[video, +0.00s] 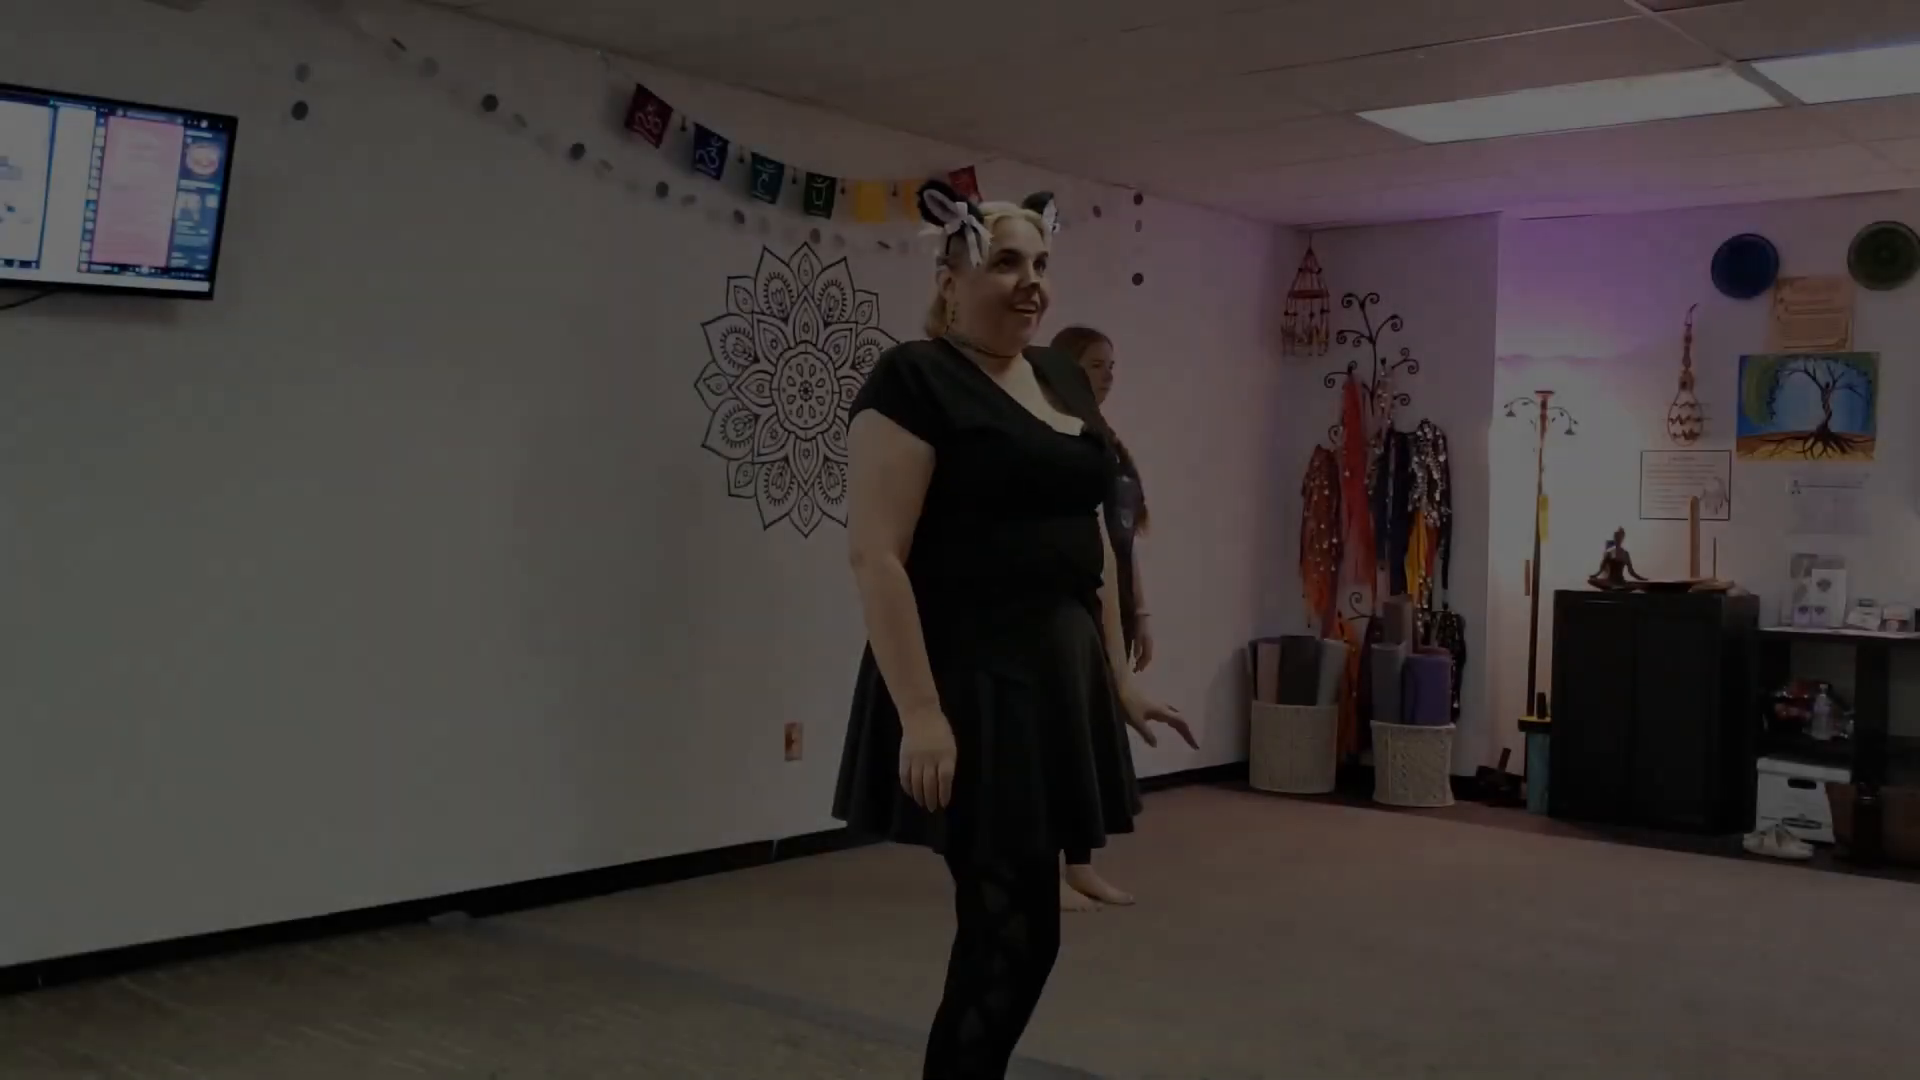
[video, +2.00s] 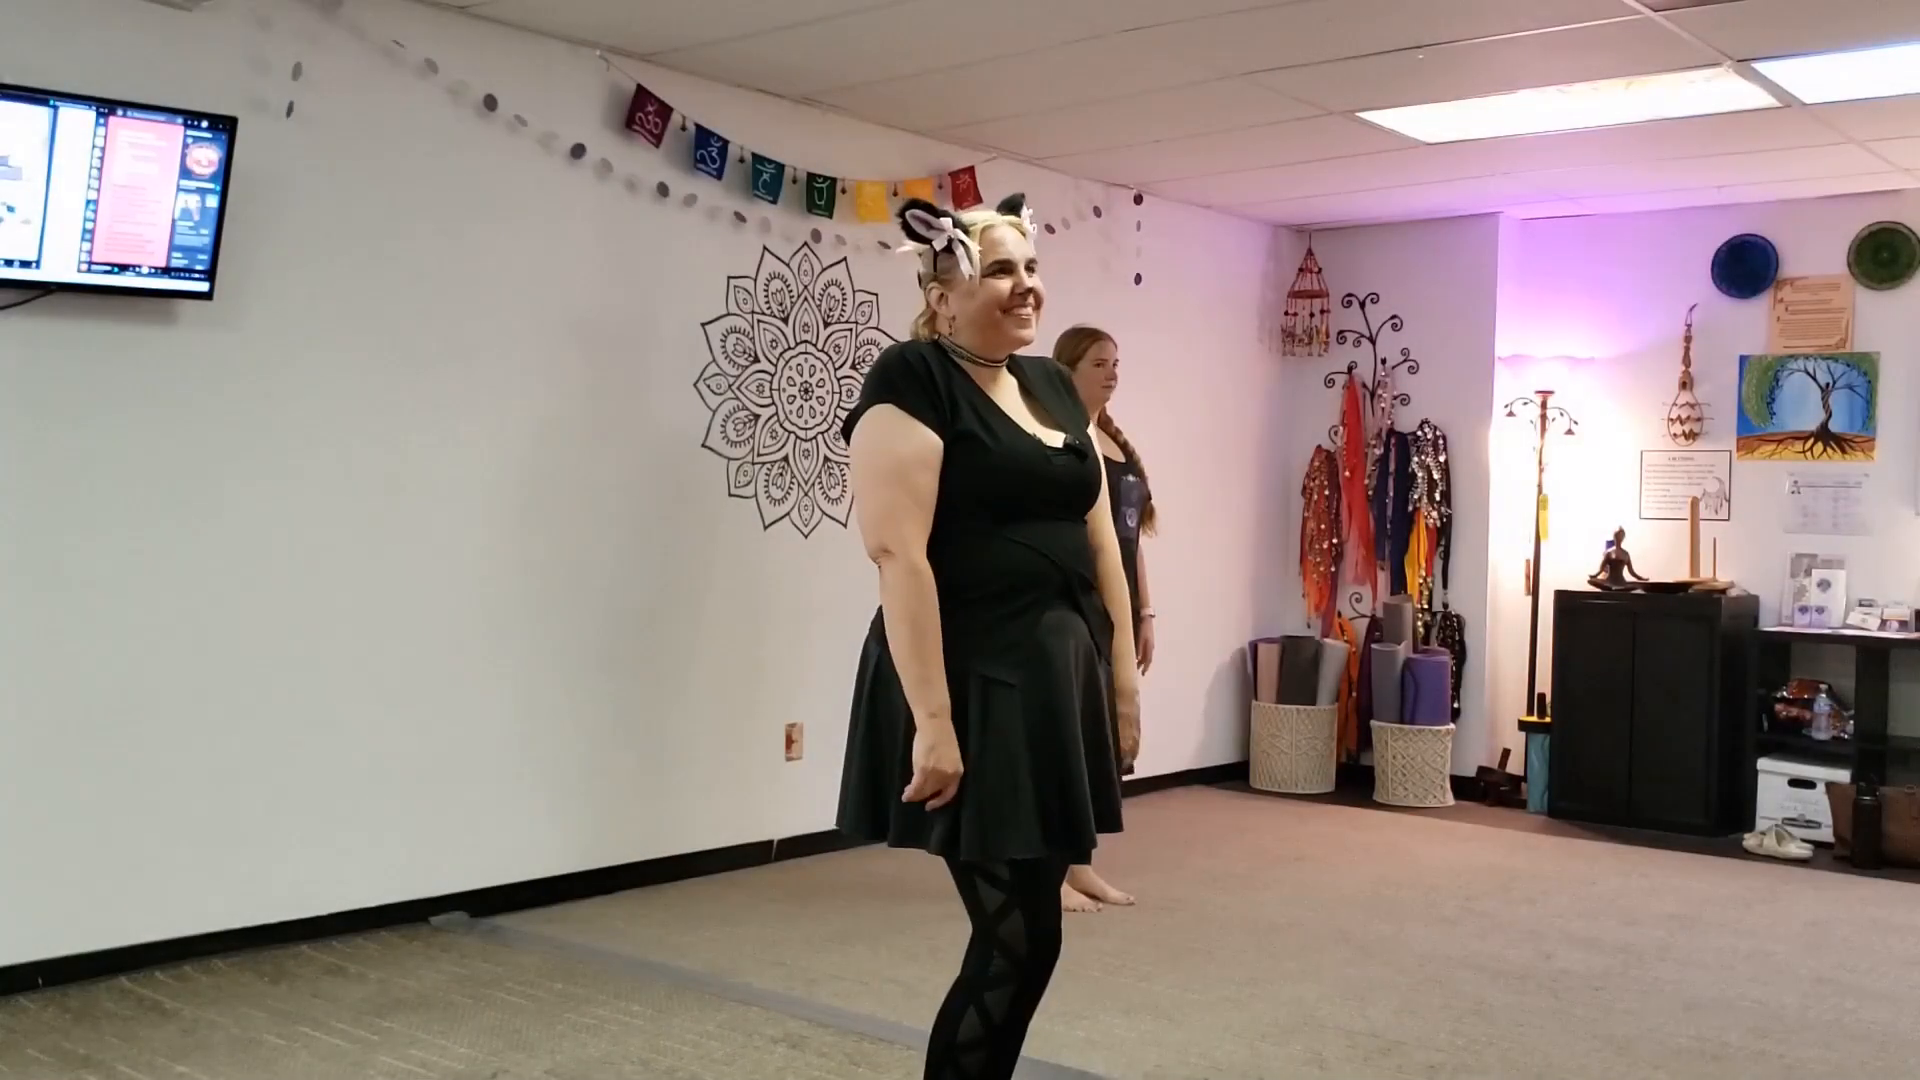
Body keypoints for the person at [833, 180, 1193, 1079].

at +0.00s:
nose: (1032, 281)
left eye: (1042, 265)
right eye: (1008, 263)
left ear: (1049, 278)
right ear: (952, 279)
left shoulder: (1051, 386)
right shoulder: (913, 380)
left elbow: (1089, 553)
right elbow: (875, 556)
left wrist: (1122, 685)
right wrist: (920, 714)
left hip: (1052, 688)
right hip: (969, 693)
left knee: (1013, 937)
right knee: (1009, 940)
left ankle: (967, 1068)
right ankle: (956, 1071)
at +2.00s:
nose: (1027, 284)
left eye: (1031, 269)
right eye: (1000, 271)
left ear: (1039, 282)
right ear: (941, 298)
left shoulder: (1051, 386)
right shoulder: (910, 379)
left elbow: (1102, 535)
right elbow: (897, 554)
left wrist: (1124, 675)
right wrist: (931, 720)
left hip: (1060, 683)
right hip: (968, 689)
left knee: (1021, 937)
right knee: (1019, 941)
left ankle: (969, 1069)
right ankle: (957, 1072)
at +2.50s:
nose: (1055, 278)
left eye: (1066, 259)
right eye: (1031, 260)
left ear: (1079, 269)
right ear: (978, 270)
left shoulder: (1086, 387)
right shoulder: (932, 374)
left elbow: (1130, 552)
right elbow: (850, 533)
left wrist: (1271, 592)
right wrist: (797, 687)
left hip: (1060, 671)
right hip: (950, 668)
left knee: (992, 924)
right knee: (1065, 909)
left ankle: (966, 1076)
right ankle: (1067, 1072)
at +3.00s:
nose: (1088, 268)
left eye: (1106, 248)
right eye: (1063, 254)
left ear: (1138, 267)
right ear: (1032, 282)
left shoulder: (1197, 397)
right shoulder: (988, 393)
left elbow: (1281, 551)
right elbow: (886, 557)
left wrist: (1395, 457)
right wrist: (773, 680)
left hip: (1159, 717)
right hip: (1012, 718)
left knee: (1180, 979)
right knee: (1079, 1006)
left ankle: (1054, 1063)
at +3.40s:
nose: (1071, 227)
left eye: (1099, 208)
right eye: (1053, 209)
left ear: (1150, 228)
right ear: (1032, 230)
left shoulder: (1217, 357)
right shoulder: (985, 366)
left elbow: (1294, 539)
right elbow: (908, 544)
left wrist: (1398, 626)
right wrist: (784, 637)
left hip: (1172, 718)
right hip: (1016, 719)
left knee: (1132, 1006)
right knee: (1066, 1012)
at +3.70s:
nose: (1024, 223)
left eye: (1057, 196)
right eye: (1018, 203)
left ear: (1141, 215)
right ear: (1013, 223)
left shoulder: (1211, 373)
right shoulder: (982, 363)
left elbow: (1261, 605)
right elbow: (914, 557)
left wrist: (1319, 785)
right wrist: (800, 667)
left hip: (1136, 761)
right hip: (975, 758)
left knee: (1076, 1051)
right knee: (1046, 1049)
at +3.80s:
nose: (1002, 218)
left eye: (1033, 191)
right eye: (998, 198)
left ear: (1126, 204)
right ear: (1001, 217)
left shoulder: (1205, 371)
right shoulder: (972, 354)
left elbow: (1247, 609)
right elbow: (908, 552)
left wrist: (1327, 793)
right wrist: (794, 676)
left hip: (1110, 785)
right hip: (949, 774)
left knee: (1072, 1058)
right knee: (1004, 1053)